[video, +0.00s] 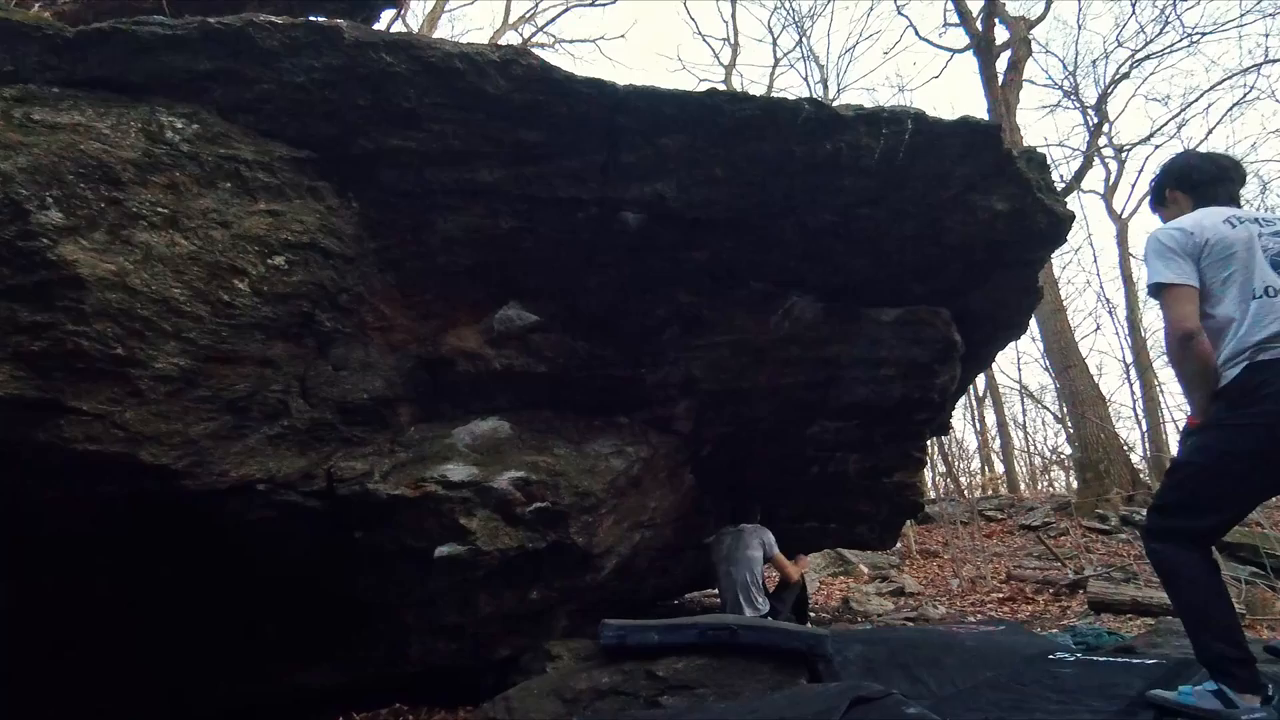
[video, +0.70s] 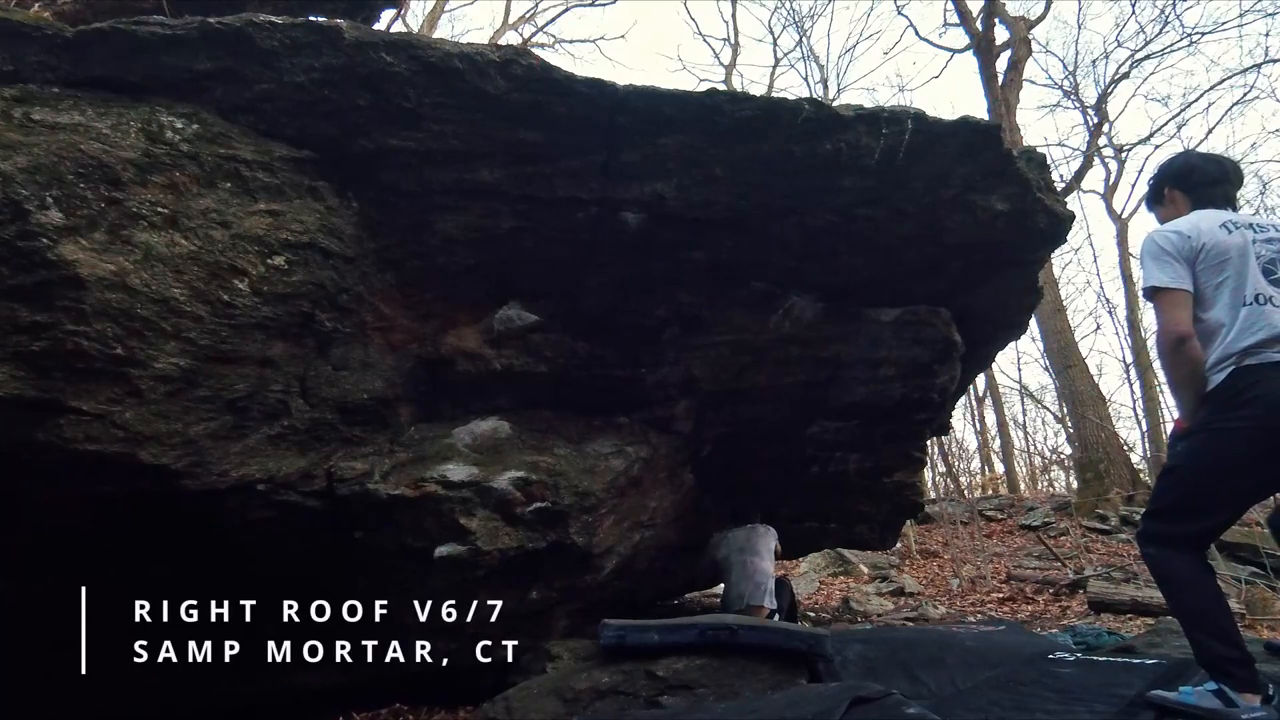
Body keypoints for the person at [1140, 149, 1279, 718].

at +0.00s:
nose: (1162, 216)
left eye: (1161, 208)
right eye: (1160, 209)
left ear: (1176, 199)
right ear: (1229, 193)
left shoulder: (1176, 232)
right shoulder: (1270, 224)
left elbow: (1185, 333)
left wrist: (1205, 410)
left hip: (1265, 389)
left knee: (1172, 531)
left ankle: (1237, 683)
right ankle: (1239, 682)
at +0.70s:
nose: (1159, 216)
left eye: (1159, 207)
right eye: (1157, 209)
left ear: (1174, 198)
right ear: (1226, 194)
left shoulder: (1172, 235)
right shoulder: (1269, 227)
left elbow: (1178, 334)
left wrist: (1192, 415)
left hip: (1256, 392)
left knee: (1168, 534)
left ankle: (1236, 683)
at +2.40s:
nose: (1149, 227)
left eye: (1149, 218)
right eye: (1147, 219)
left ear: (1165, 211)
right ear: (1218, 205)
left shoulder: (1163, 246)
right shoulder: (1266, 235)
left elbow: (1170, 345)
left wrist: (1186, 422)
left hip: (1253, 396)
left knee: (1167, 537)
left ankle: (1236, 683)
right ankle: (1237, 680)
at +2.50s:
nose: (1149, 228)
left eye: (1149, 218)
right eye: (1148, 219)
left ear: (1166, 210)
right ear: (1218, 206)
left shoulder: (1164, 246)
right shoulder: (1267, 236)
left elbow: (1170, 345)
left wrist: (1184, 421)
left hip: (1252, 397)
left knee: (1166, 538)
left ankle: (1236, 683)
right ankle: (1236, 680)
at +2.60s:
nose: (1149, 228)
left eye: (1149, 218)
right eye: (1148, 219)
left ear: (1165, 210)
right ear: (1217, 206)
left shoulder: (1164, 246)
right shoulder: (1267, 236)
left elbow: (1171, 344)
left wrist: (1184, 421)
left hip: (1251, 397)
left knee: (1166, 538)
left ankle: (1236, 683)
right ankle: (1237, 680)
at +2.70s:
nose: (1149, 231)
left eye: (1148, 220)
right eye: (1147, 222)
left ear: (1165, 211)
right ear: (1217, 207)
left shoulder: (1164, 246)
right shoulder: (1267, 237)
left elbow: (1172, 344)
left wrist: (1184, 421)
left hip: (1251, 398)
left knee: (1166, 538)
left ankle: (1236, 683)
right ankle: (1236, 679)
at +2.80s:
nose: (1149, 229)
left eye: (1148, 220)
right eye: (1147, 221)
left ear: (1164, 212)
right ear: (1217, 208)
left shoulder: (1165, 246)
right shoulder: (1267, 237)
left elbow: (1172, 344)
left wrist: (1185, 420)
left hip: (1252, 395)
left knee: (1166, 538)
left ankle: (1236, 683)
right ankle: (1236, 681)